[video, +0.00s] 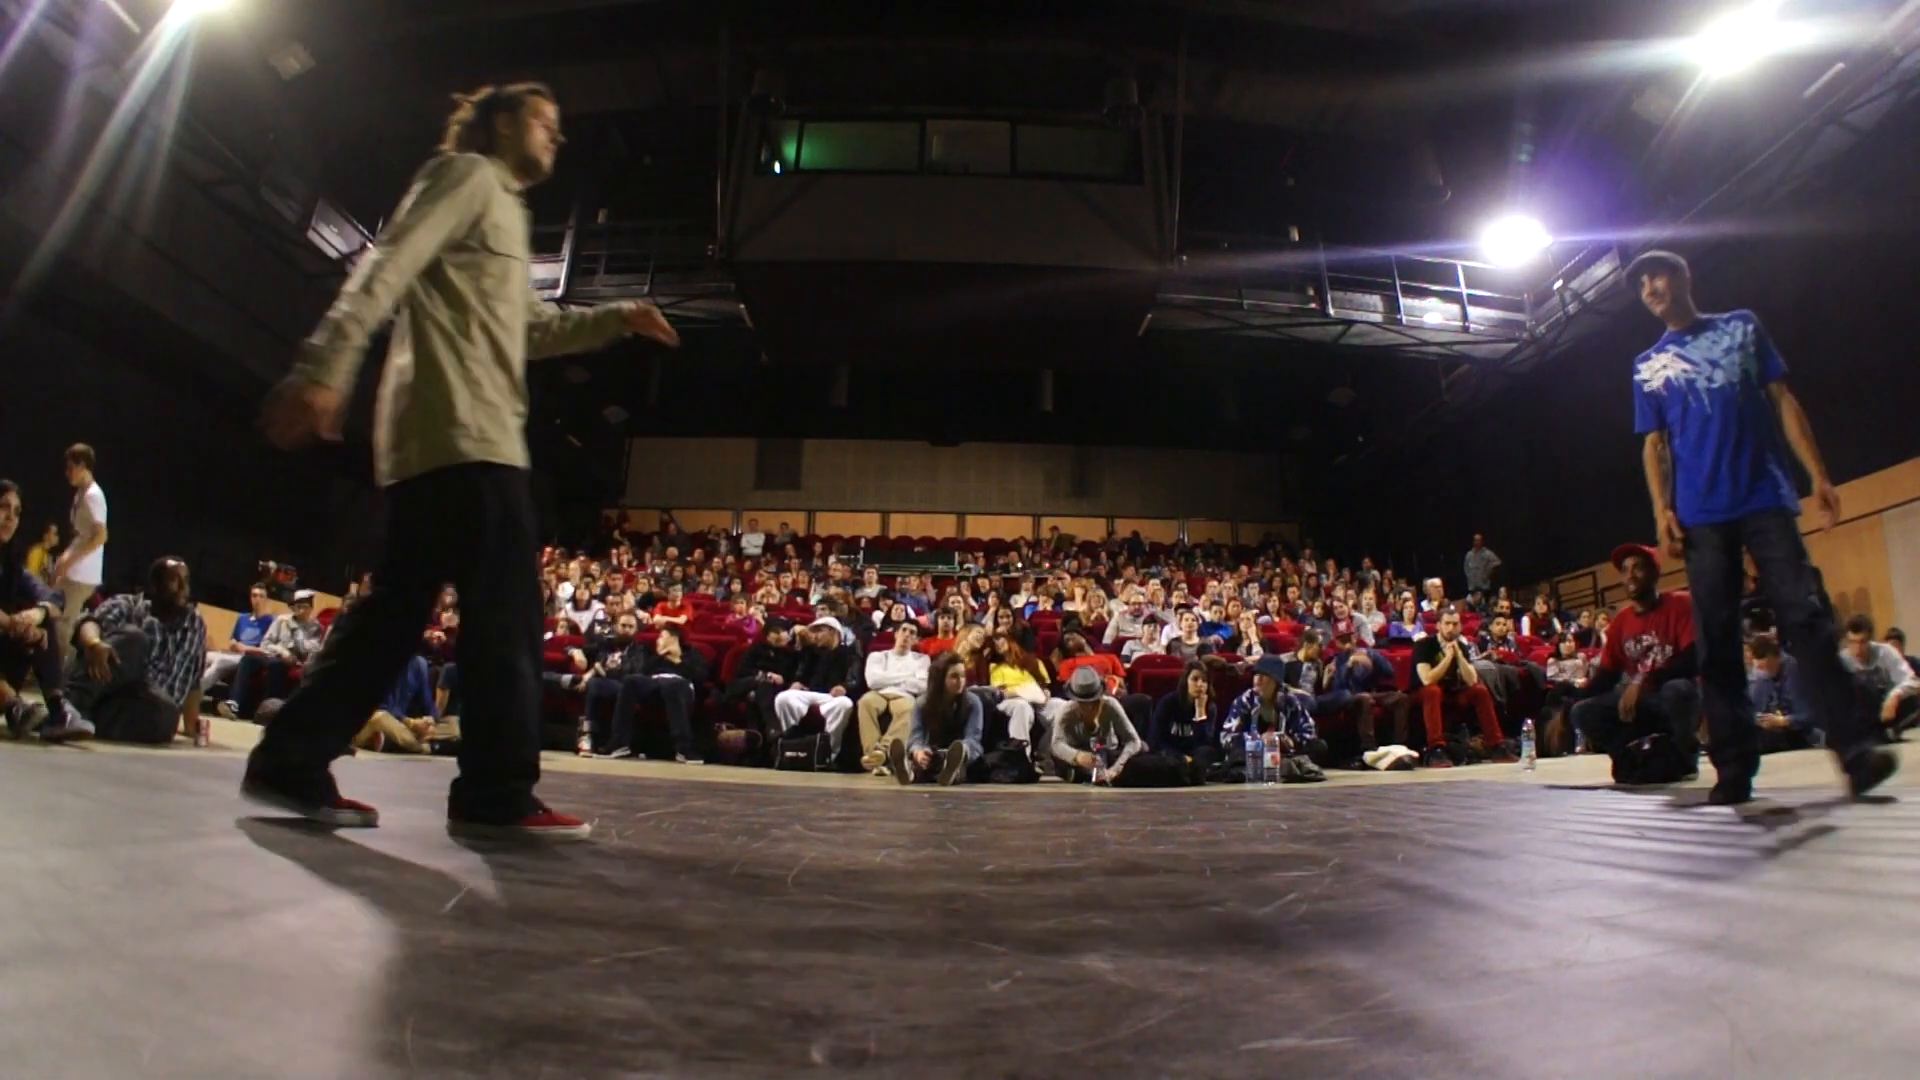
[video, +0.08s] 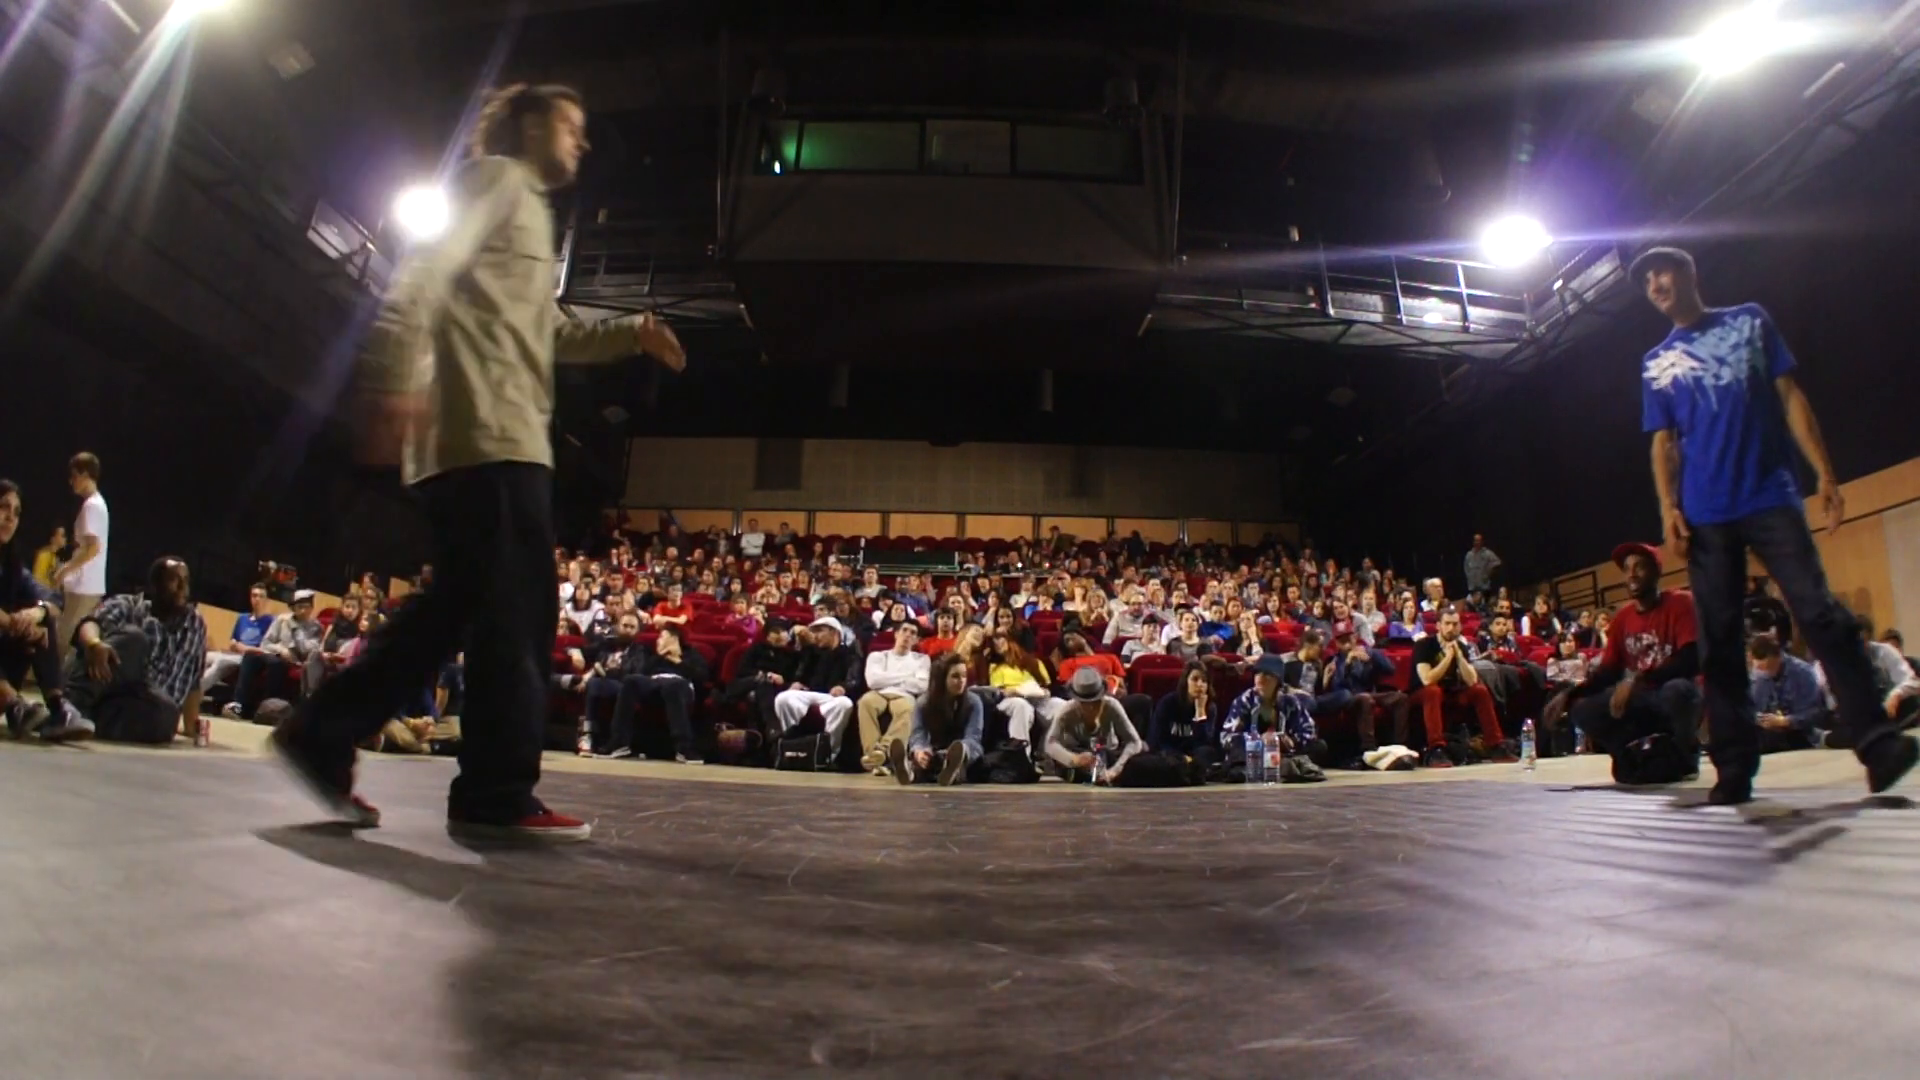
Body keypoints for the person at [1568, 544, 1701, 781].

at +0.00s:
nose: (1630, 576)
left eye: (1638, 568)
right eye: (1625, 570)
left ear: (1654, 573)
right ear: (1621, 578)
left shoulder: (1680, 603)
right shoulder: (1620, 622)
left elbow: (1692, 658)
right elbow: (1607, 675)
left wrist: (1644, 683)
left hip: (1669, 693)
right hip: (1633, 695)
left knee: (1677, 690)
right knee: (1583, 711)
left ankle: (1685, 759)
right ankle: (1629, 761)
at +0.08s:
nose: (1631, 575)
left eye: (1639, 567)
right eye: (1627, 569)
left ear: (1656, 572)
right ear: (1623, 576)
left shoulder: (1681, 603)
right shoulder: (1623, 617)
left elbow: (1689, 660)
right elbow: (1609, 670)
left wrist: (1638, 680)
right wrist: (1569, 695)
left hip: (1667, 692)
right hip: (1633, 693)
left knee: (1678, 691)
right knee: (1584, 709)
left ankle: (1686, 758)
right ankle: (1632, 758)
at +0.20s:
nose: (1632, 575)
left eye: (1639, 567)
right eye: (1627, 569)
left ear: (1656, 571)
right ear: (1623, 575)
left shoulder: (1679, 602)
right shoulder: (1624, 614)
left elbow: (1689, 662)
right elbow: (1614, 665)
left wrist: (1636, 682)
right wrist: (1585, 684)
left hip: (1671, 692)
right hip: (1637, 694)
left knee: (1677, 689)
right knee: (1586, 711)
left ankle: (1690, 759)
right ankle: (1634, 761)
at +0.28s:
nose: (1632, 576)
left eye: (1639, 568)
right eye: (1627, 570)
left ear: (1657, 572)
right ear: (1624, 576)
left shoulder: (1679, 604)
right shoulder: (1624, 616)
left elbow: (1688, 664)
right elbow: (1617, 666)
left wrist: (1636, 685)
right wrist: (1597, 686)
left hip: (1673, 691)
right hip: (1638, 693)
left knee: (1675, 690)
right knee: (1583, 711)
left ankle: (1689, 759)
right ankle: (1632, 761)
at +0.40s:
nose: (1630, 580)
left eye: (1637, 572)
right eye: (1625, 574)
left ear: (1654, 576)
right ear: (1622, 580)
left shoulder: (1679, 605)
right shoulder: (1622, 622)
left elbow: (1689, 662)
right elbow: (1620, 670)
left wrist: (1640, 691)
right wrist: (1611, 692)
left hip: (1677, 692)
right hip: (1641, 695)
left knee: (1677, 690)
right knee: (1583, 711)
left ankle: (1689, 758)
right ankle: (1635, 763)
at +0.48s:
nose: (1628, 581)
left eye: (1636, 572)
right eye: (1623, 575)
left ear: (1654, 578)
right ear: (1620, 581)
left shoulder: (1679, 606)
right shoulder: (1622, 623)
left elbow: (1690, 662)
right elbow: (1618, 671)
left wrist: (1642, 693)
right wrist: (1612, 695)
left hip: (1675, 691)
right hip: (1639, 695)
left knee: (1680, 690)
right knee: (1583, 712)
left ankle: (1689, 758)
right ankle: (1638, 760)